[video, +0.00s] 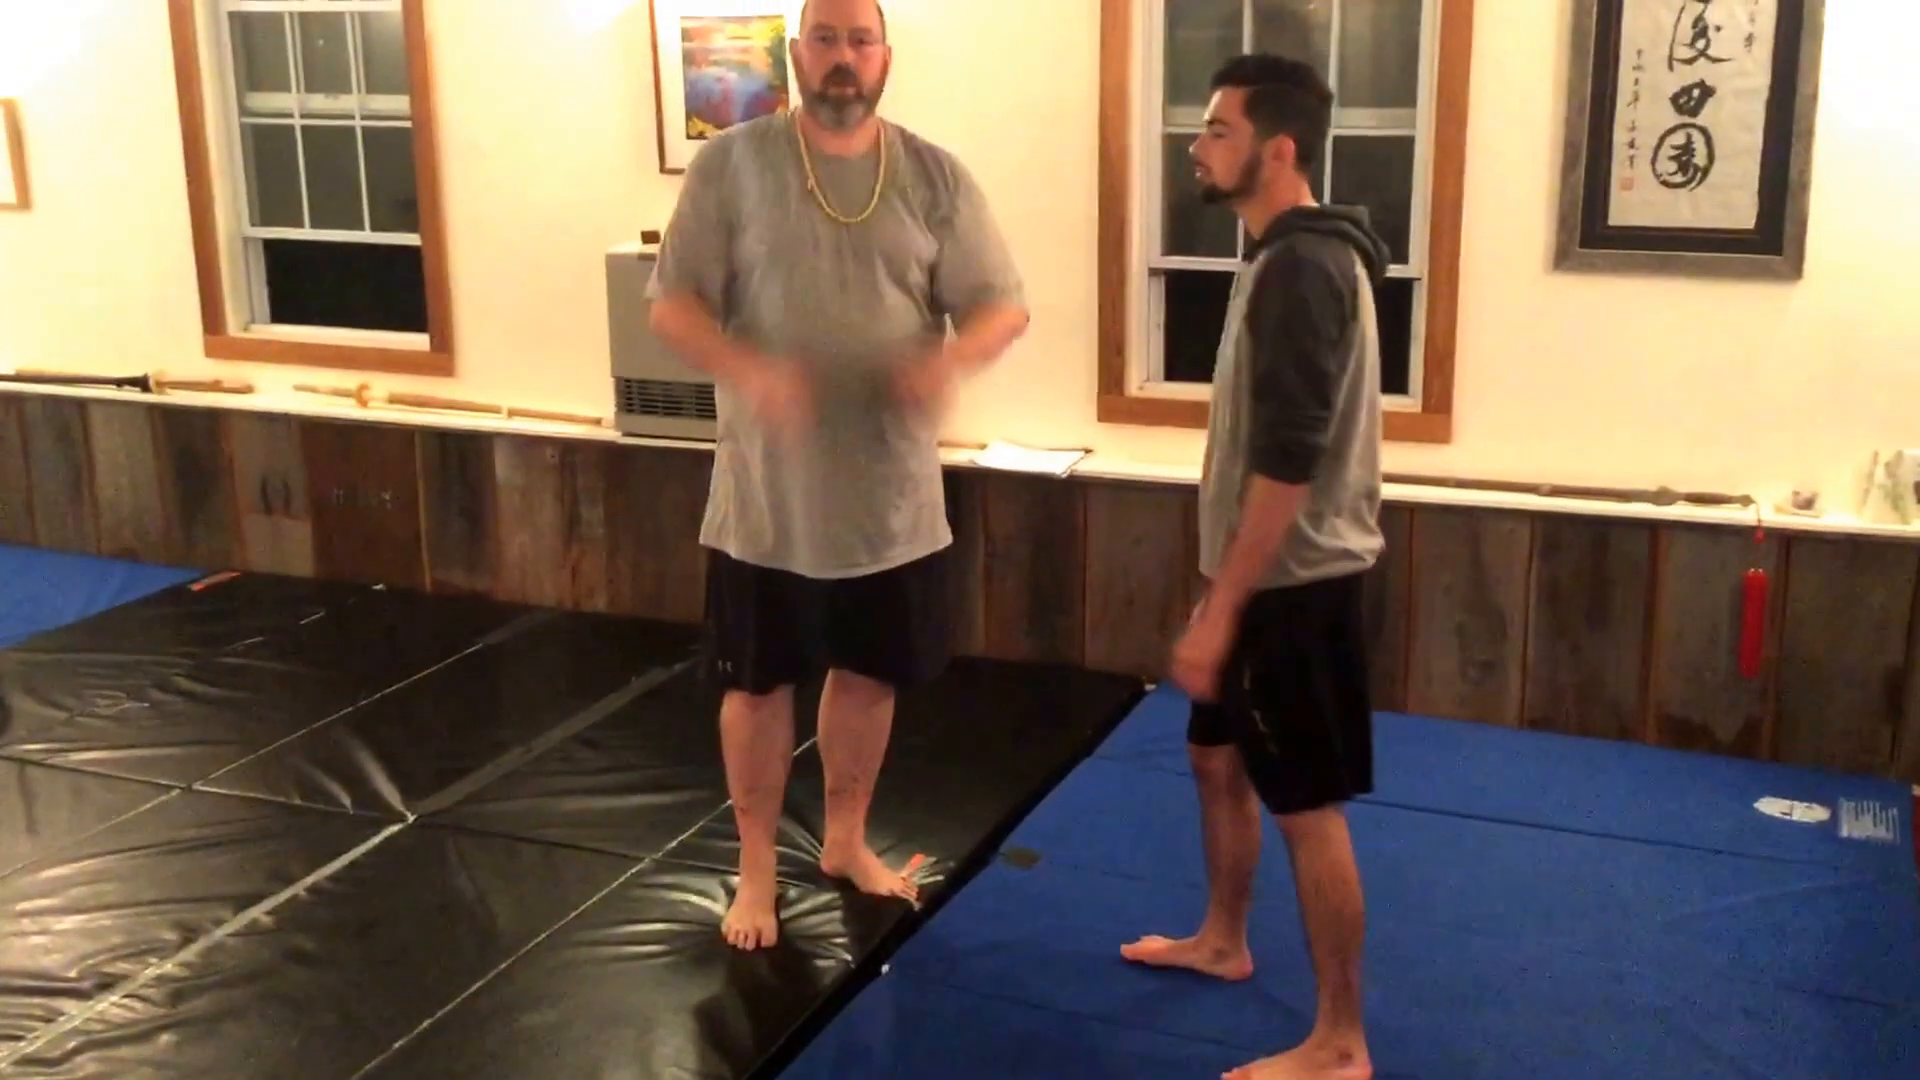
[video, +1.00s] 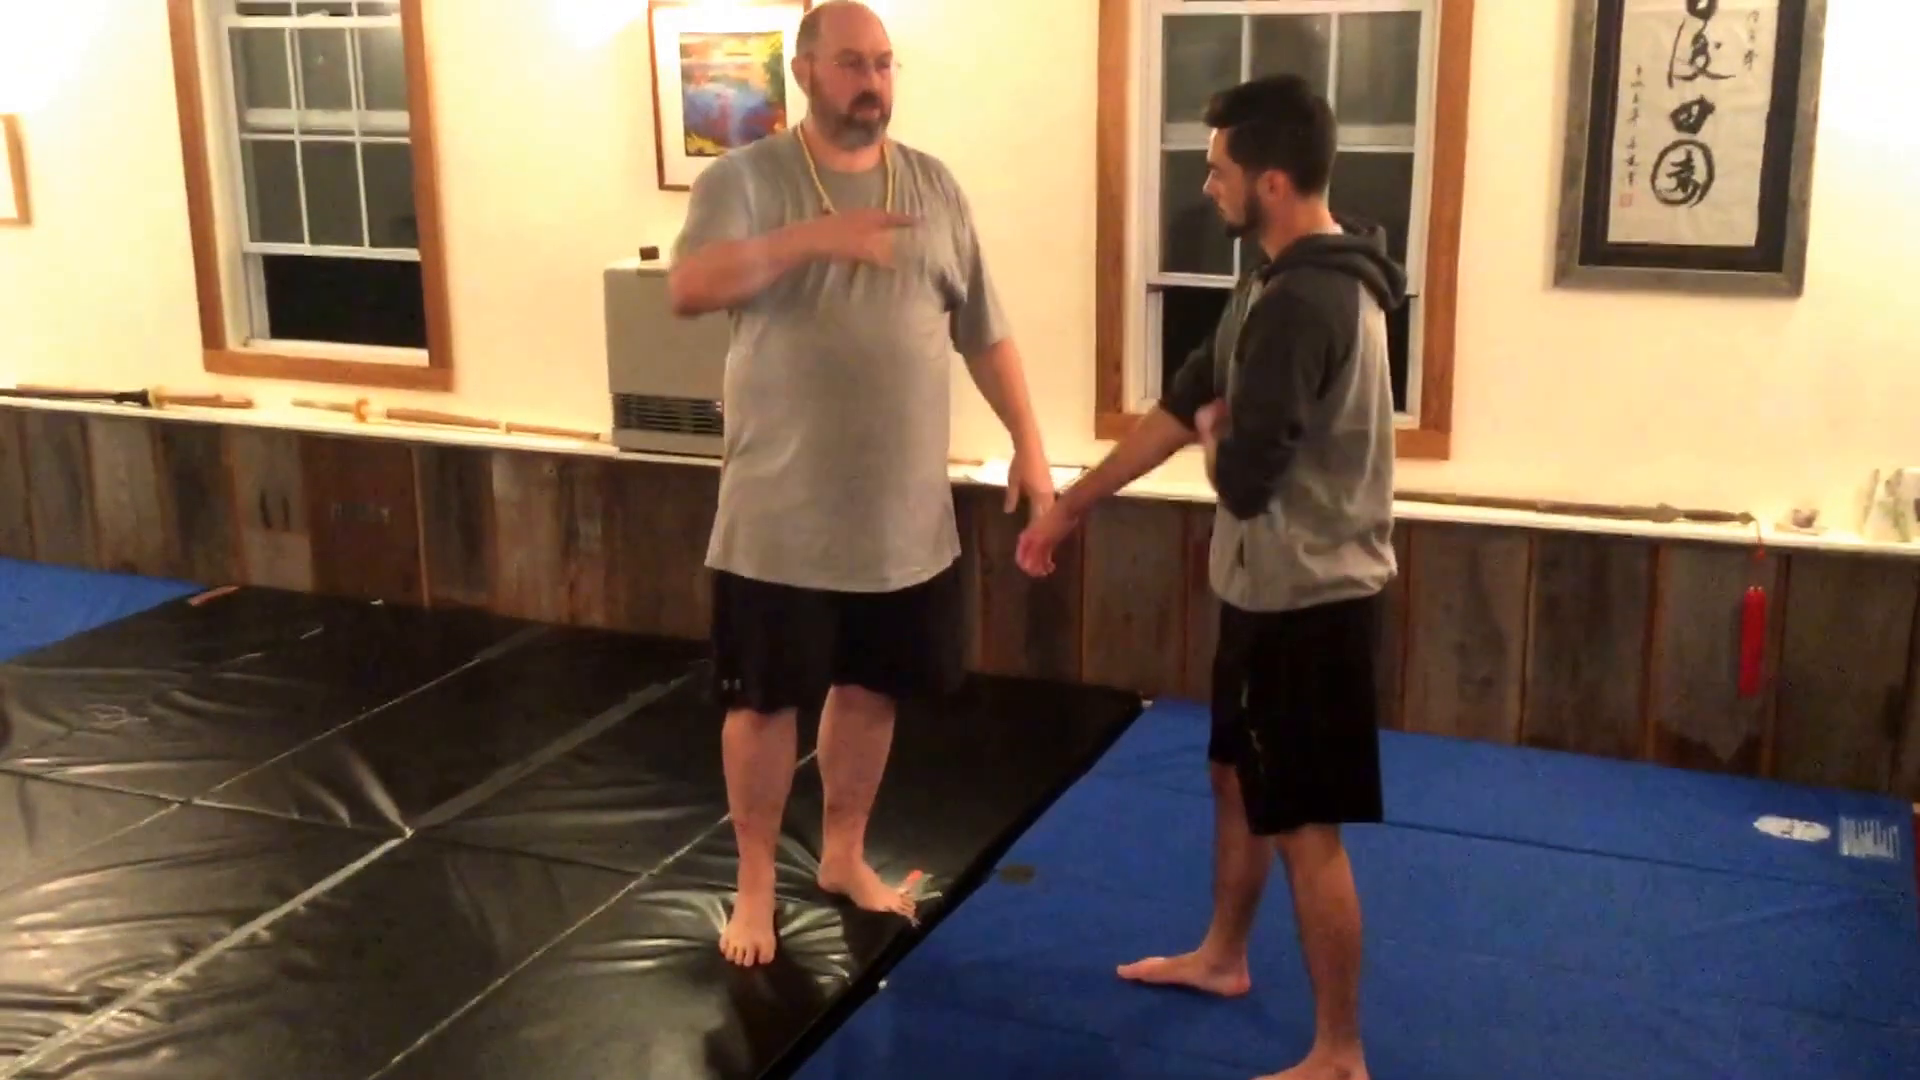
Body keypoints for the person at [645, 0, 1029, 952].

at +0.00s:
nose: (838, 56)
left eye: (857, 38)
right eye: (821, 36)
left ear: (887, 52)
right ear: (794, 48)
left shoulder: (937, 179)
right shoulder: (728, 166)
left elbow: (1002, 308)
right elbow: (671, 303)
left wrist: (947, 359)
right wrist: (751, 371)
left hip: (887, 492)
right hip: (763, 492)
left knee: (870, 674)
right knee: (757, 684)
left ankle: (847, 846)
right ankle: (755, 871)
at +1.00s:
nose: (872, 80)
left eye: (883, 62)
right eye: (851, 63)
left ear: (897, 70)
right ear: (803, 71)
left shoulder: (934, 188)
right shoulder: (745, 178)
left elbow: (985, 333)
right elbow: (689, 285)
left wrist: (1032, 458)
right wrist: (806, 240)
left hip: (903, 499)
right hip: (778, 499)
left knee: (873, 687)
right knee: (765, 699)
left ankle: (844, 861)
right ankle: (754, 882)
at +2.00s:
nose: (853, 88)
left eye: (870, 70)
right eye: (834, 70)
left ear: (898, 78)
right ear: (805, 78)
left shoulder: (947, 196)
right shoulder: (746, 192)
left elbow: (993, 340)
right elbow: (694, 340)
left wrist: (1028, 463)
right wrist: (668, 478)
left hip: (907, 509)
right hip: (778, 508)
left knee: (878, 695)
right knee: (761, 710)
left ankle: (846, 862)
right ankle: (752, 888)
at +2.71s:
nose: (826, 132)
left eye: (840, 110)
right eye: (805, 112)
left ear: (854, 101)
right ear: (758, 103)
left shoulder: (880, 193)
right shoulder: (684, 203)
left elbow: (929, 330)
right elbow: (628, 359)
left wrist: (975, 448)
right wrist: (749, 310)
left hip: (870, 511)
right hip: (741, 518)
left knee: (888, 692)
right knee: (734, 719)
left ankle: (847, 854)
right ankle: (732, 894)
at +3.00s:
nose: (833, 140)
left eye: (846, 120)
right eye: (812, 119)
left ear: (860, 109)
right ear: (764, 103)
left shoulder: (871, 191)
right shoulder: (696, 201)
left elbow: (908, 331)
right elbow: (690, 349)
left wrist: (943, 444)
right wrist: (794, 247)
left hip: (878, 493)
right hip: (748, 508)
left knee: (941, 661)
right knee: (735, 719)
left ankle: (922, 838)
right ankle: (732, 890)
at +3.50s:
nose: (1026, 172)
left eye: (1038, 156)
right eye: (1016, 150)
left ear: (1041, 141)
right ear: (963, 118)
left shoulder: (1001, 205)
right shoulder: (857, 202)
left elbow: (1002, 346)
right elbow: (785, 348)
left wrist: (1027, 458)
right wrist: (825, 486)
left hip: (975, 523)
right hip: (863, 527)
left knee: (982, 686)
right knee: (805, 708)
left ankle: (992, 858)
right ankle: (746, 873)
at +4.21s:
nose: (1114, 188)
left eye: (1127, 174)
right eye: (1107, 165)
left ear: (1134, 164)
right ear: (1061, 126)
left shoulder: (1100, 212)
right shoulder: (950, 184)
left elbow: (1087, 338)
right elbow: (863, 319)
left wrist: (1118, 441)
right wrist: (925, 448)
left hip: (1008, 495)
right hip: (901, 490)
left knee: (996, 669)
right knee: (878, 674)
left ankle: (987, 848)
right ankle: (786, 870)